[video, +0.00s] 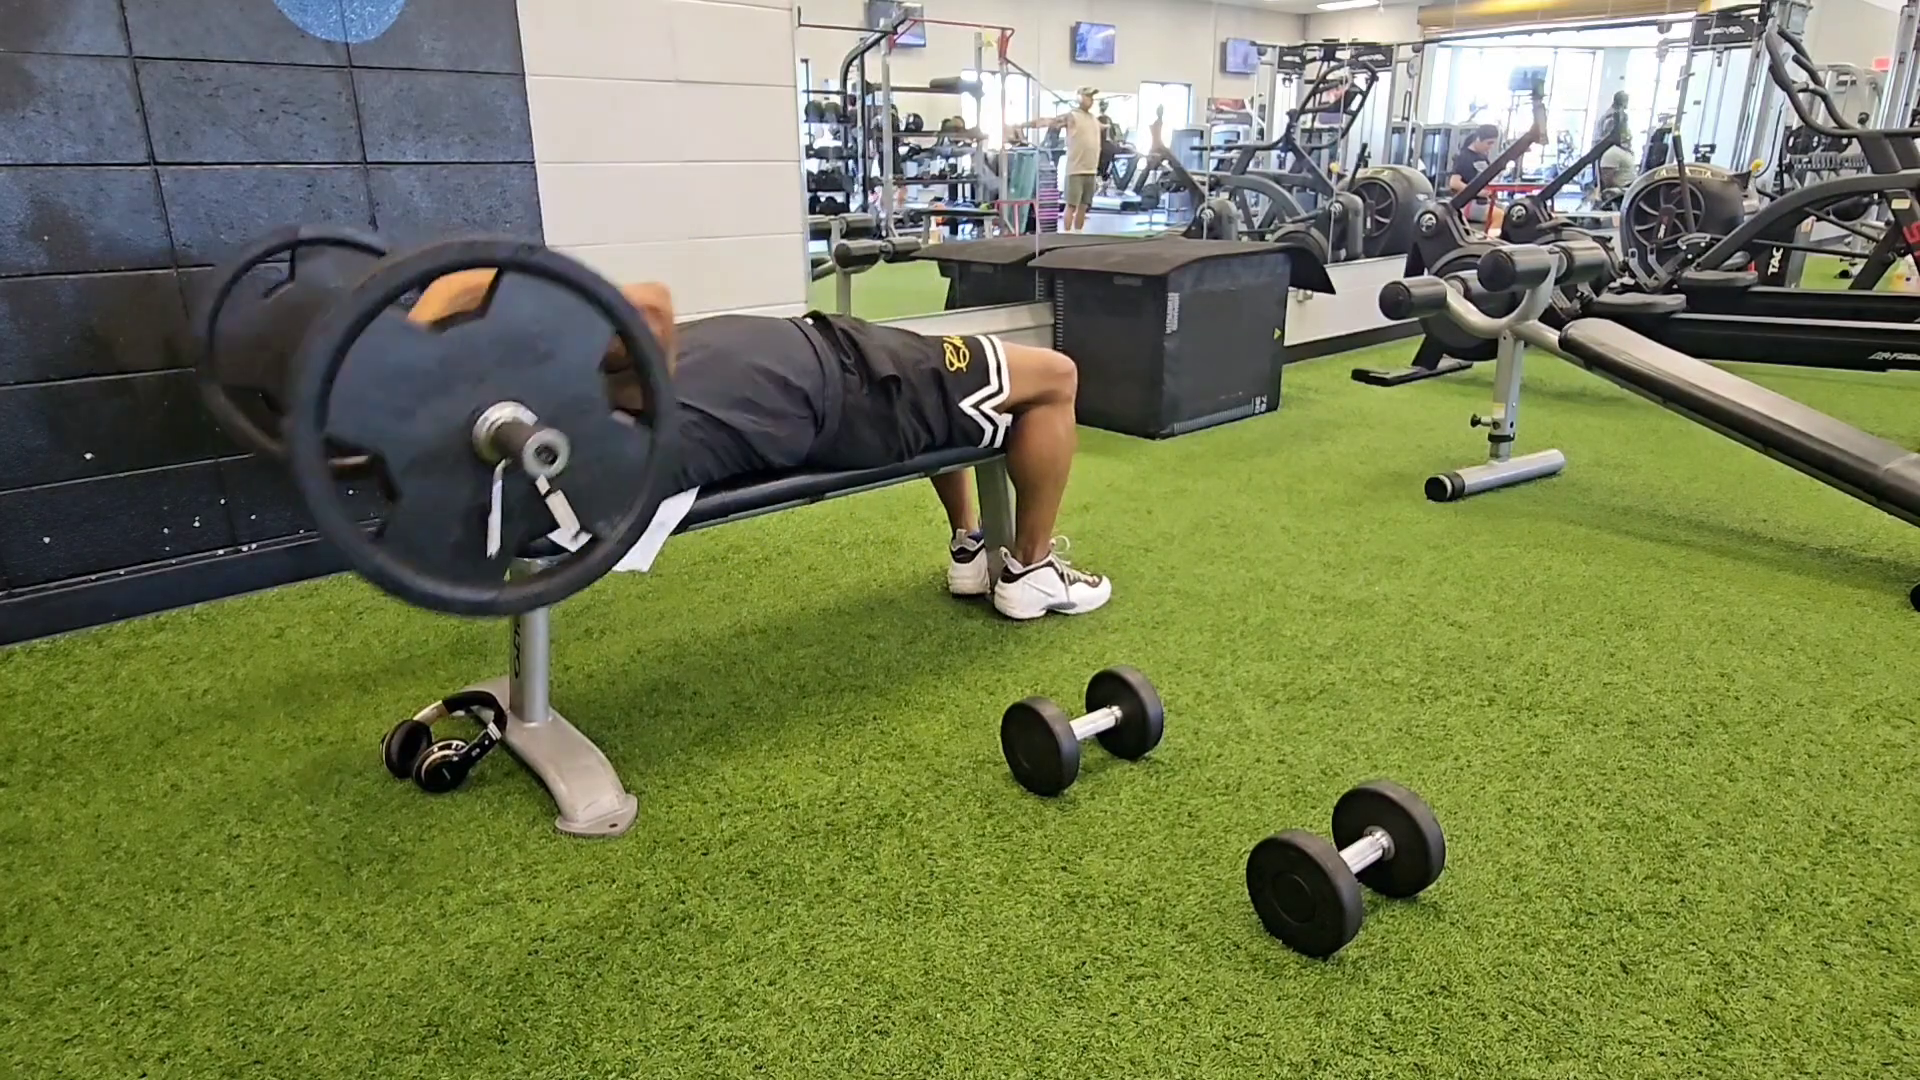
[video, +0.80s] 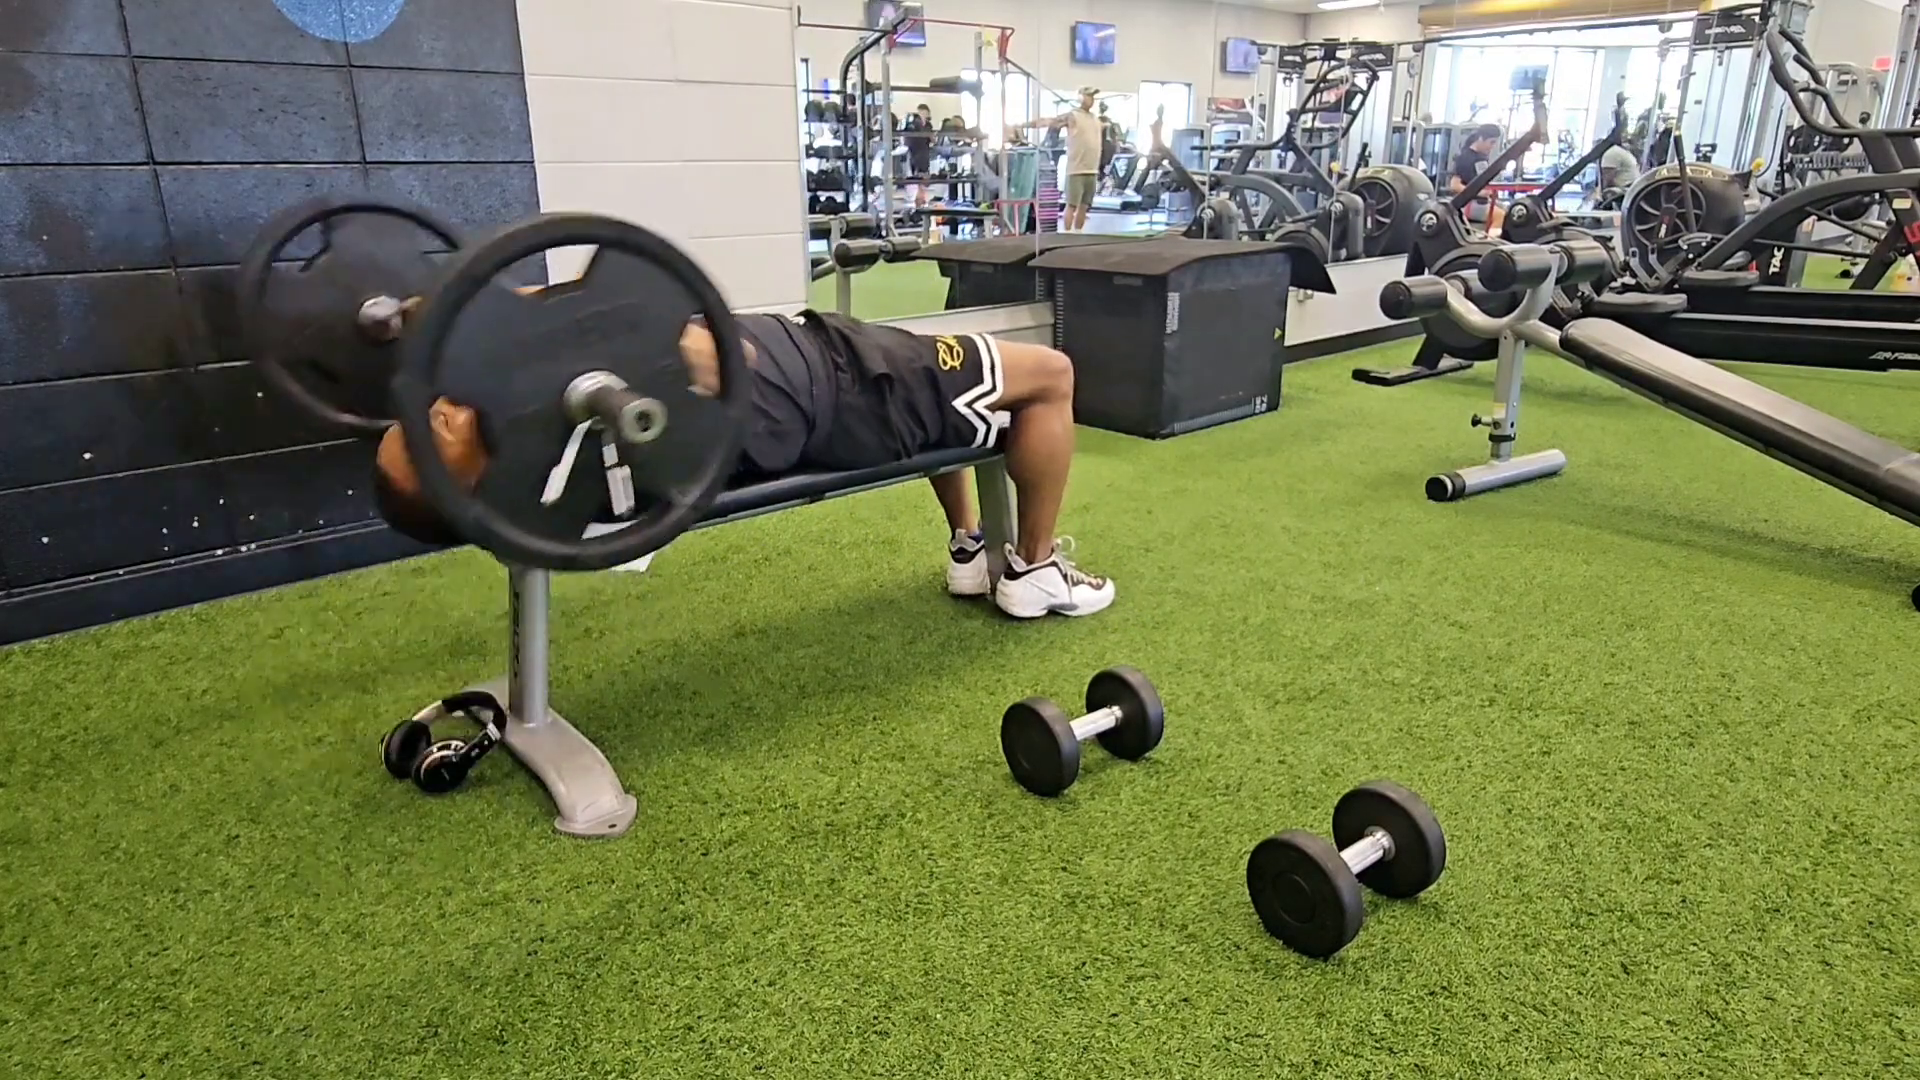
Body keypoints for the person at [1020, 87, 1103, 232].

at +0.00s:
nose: (1091, 100)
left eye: (1092, 97)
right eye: (1088, 97)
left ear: (1091, 100)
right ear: (1080, 98)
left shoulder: (1093, 120)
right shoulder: (1071, 116)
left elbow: (1103, 127)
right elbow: (1048, 122)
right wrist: (1023, 125)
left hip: (1091, 169)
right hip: (1075, 168)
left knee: (1083, 207)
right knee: (1072, 205)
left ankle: (1078, 235)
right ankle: (1067, 235)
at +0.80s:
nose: (1092, 100)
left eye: (1093, 97)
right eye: (1089, 96)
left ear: (1092, 99)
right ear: (1082, 97)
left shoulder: (1095, 120)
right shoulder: (1072, 116)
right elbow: (1049, 122)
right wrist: (1023, 125)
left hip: (1092, 169)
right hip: (1076, 168)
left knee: (1084, 207)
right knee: (1072, 205)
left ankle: (1077, 235)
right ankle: (1067, 235)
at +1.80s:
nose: (1073, 103)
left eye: (1074, 100)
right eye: (1070, 99)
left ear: (1074, 102)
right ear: (1062, 101)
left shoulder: (1078, 121)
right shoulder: (1053, 119)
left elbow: (1088, 130)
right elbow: (1035, 127)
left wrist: (1102, 133)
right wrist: (1016, 131)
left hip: (1072, 171)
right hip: (1054, 171)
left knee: (1073, 204)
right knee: (1051, 207)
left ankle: (1076, 234)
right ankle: (1047, 234)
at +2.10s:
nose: (1063, 102)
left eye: (1063, 99)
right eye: (1059, 98)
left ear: (1063, 101)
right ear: (1051, 100)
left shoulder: (1068, 120)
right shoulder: (1043, 119)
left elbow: (1082, 128)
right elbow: (1024, 128)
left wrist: (1097, 131)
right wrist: (1007, 129)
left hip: (1063, 169)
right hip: (1046, 170)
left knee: (1063, 201)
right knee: (1043, 205)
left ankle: (1054, 229)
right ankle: (1042, 233)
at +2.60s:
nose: (1054, 105)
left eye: (1055, 102)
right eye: (1051, 102)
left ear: (1055, 105)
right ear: (1044, 103)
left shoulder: (1058, 124)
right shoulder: (1036, 121)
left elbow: (1075, 130)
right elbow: (1024, 131)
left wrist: (1093, 133)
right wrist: (1013, 133)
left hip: (1051, 170)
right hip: (1037, 170)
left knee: (1039, 203)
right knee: (1043, 203)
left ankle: (1030, 230)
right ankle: (1043, 233)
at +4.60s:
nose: (1055, 105)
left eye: (1057, 102)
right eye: (1052, 101)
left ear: (1059, 105)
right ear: (1045, 103)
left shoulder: (1060, 124)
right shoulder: (1036, 120)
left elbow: (1077, 132)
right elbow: (1025, 128)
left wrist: (1094, 134)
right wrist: (1016, 130)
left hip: (1055, 171)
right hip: (1040, 171)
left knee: (1054, 205)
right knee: (1044, 206)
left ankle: (1036, 227)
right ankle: (1041, 233)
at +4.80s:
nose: (1061, 106)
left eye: (1063, 103)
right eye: (1059, 102)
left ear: (1065, 105)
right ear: (1051, 102)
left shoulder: (1064, 123)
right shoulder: (1041, 118)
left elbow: (1081, 131)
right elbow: (1027, 124)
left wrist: (1099, 132)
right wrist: (1016, 124)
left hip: (1061, 169)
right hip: (1044, 170)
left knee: (1068, 201)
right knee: (1043, 205)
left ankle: (1055, 228)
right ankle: (1040, 233)